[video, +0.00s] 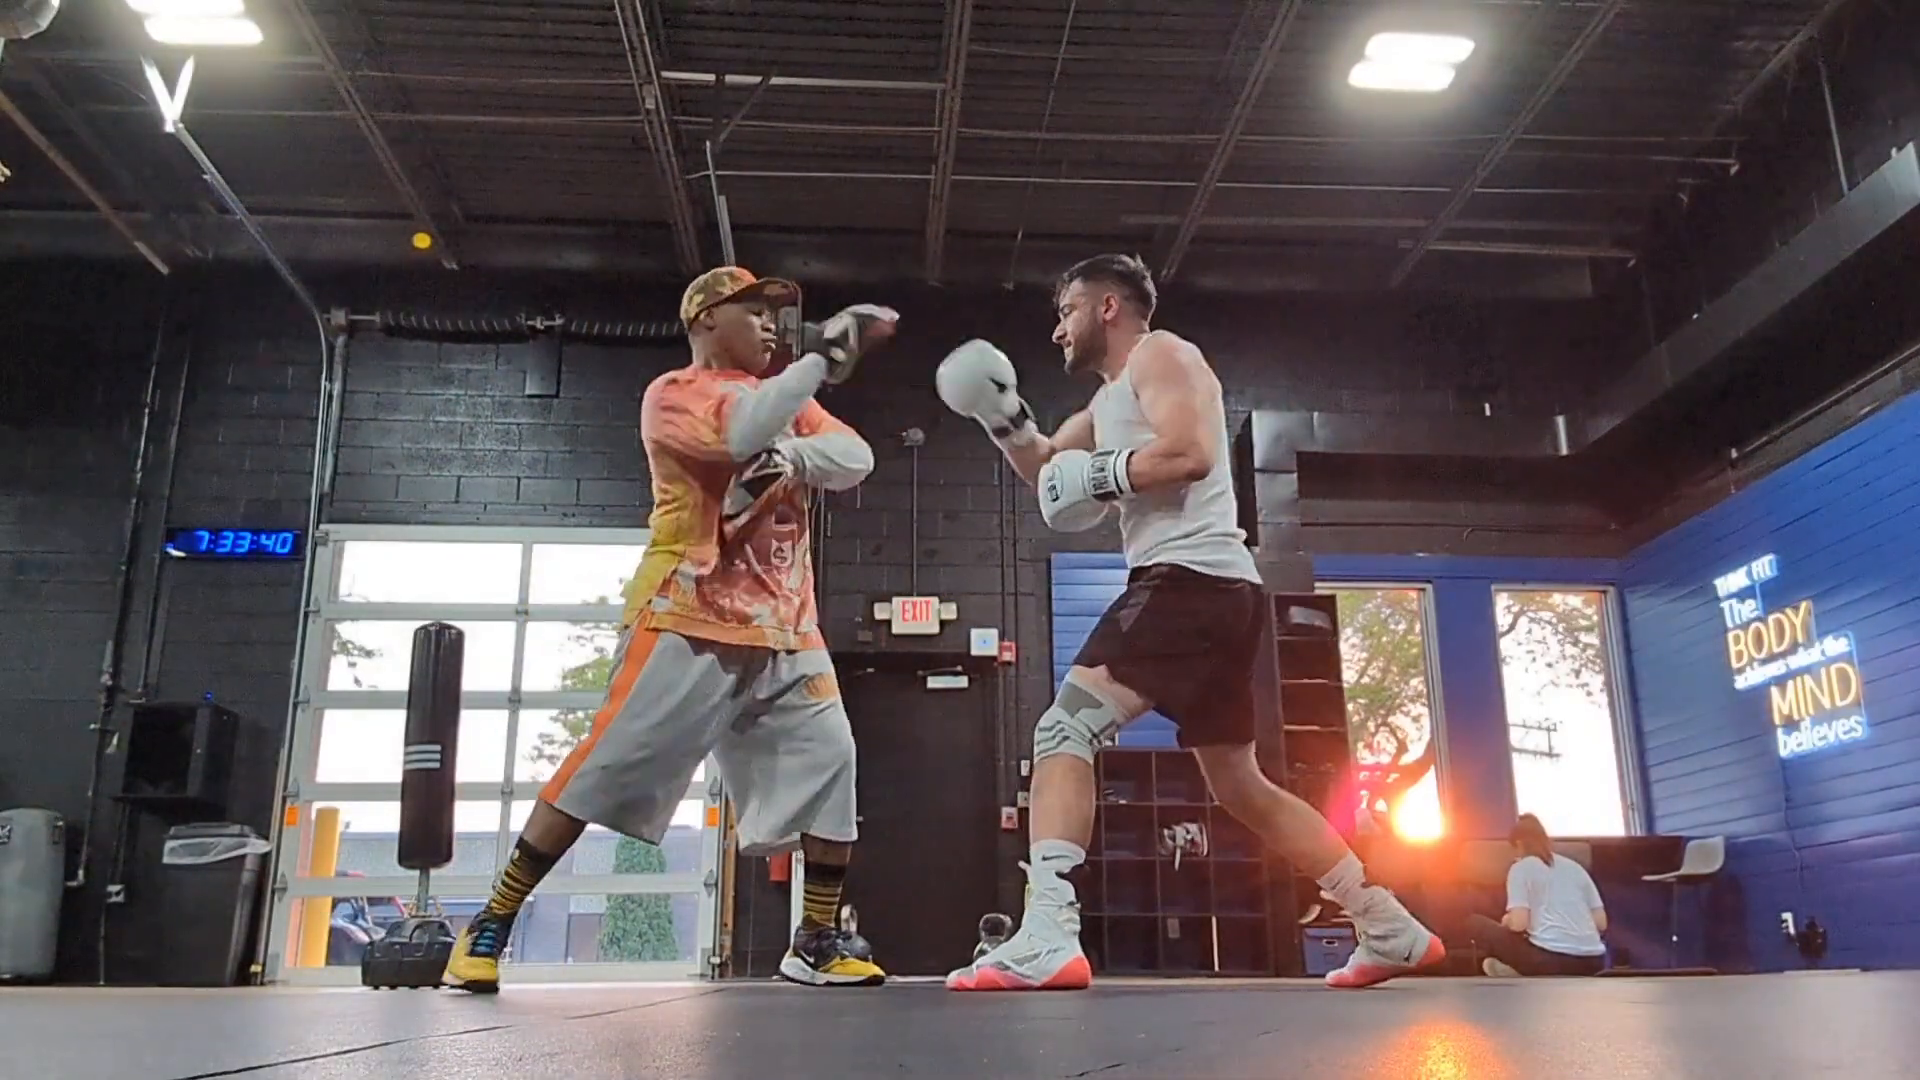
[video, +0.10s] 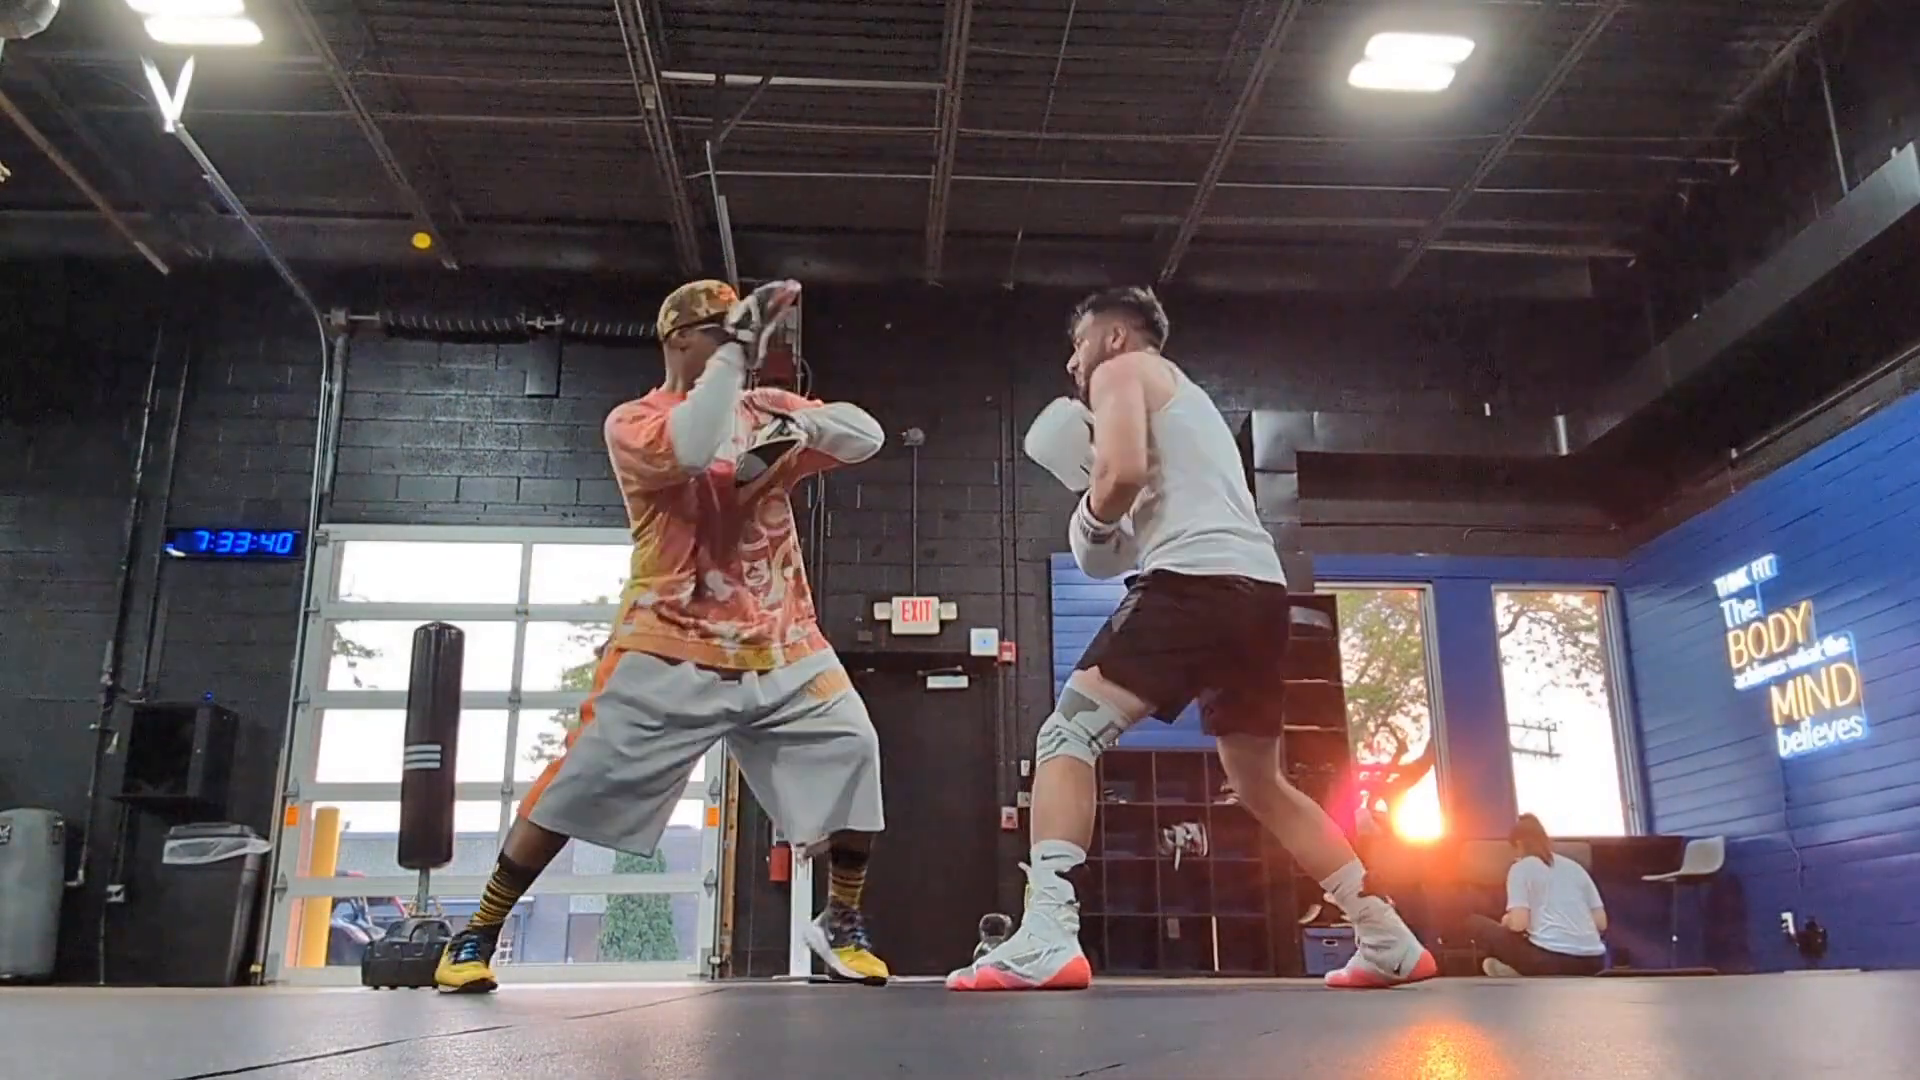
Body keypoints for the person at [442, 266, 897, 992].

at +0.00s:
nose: (770, 323)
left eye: (772, 313)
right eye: (755, 310)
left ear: (765, 329)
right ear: (705, 321)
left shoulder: (787, 400)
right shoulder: (671, 394)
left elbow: (858, 456)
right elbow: (742, 432)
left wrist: (794, 457)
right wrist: (823, 358)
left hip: (785, 620)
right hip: (690, 612)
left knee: (833, 754)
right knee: (608, 762)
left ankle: (820, 935)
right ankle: (494, 922)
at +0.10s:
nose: (729, 342)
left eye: (737, 329)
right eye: (711, 329)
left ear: (744, 344)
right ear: (670, 342)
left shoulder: (771, 410)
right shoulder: (633, 424)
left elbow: (868, 436)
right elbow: (691, 450)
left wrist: (800, 423)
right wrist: (737, 351)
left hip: (781, 633)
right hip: (670, 632)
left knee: (854, 746)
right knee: (588, 772)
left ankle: (841, 924)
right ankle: (479, 935)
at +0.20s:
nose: (735, 377)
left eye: (739, 364)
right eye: (721, 366)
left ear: (742, 364)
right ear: (675, 370)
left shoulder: (765, 433)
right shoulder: (619, 445)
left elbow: (874, 455)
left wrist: (820, 440)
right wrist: (660, 406)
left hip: (768, 638)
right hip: (660, 640)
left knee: (861, 765)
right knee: (596, 767)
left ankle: (907, 932)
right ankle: (482, 936)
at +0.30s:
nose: (758, 387)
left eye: (760, 373)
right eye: (744, 371)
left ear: (755, 377)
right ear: (693, 370)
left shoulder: (782, 443)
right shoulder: (632, 458)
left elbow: (889, 479)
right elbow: (556, 561)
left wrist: (843, 431)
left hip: (778, 649)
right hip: (671, 649)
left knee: (874, 780)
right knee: (598, 772)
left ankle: (933, 945)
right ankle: (482, 938)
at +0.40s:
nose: (790, 389)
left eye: (792, 376)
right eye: (774, 373)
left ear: (794, 383)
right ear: (727, 373)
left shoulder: (816, 451)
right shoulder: (667, 456)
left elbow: (909, 485)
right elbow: (593, 551)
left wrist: (904, 425)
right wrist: (626, 588)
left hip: (794, 654)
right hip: (684, 656)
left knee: (885, 781)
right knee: (605, 779)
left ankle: (934, 945)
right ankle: (483, 938)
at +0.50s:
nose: (813, 399)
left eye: (818, 387)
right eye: (800, 384)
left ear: (821, 388)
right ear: (755, 379)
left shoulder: (839, 452)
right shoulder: (688, 454)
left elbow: (922, 485)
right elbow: (619, 544)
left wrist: (945, 442)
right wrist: (640, 581)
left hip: (800, 666)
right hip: (687, 667)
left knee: (888, 786)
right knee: (594, 792)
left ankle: (935, 950)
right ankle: (482, 941)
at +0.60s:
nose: (821, 401)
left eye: (826, 388)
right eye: (810, 385)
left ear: (822, 390)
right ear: (762, 379)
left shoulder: (850, 453)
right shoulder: (693, 459)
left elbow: (926, 471)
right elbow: (616, 554)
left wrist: (966, 454)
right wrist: (672, 557)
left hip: (806, 661)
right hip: (689, 661)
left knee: (886, 780)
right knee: (601, 781)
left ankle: (935, 945)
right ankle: (482, 937)